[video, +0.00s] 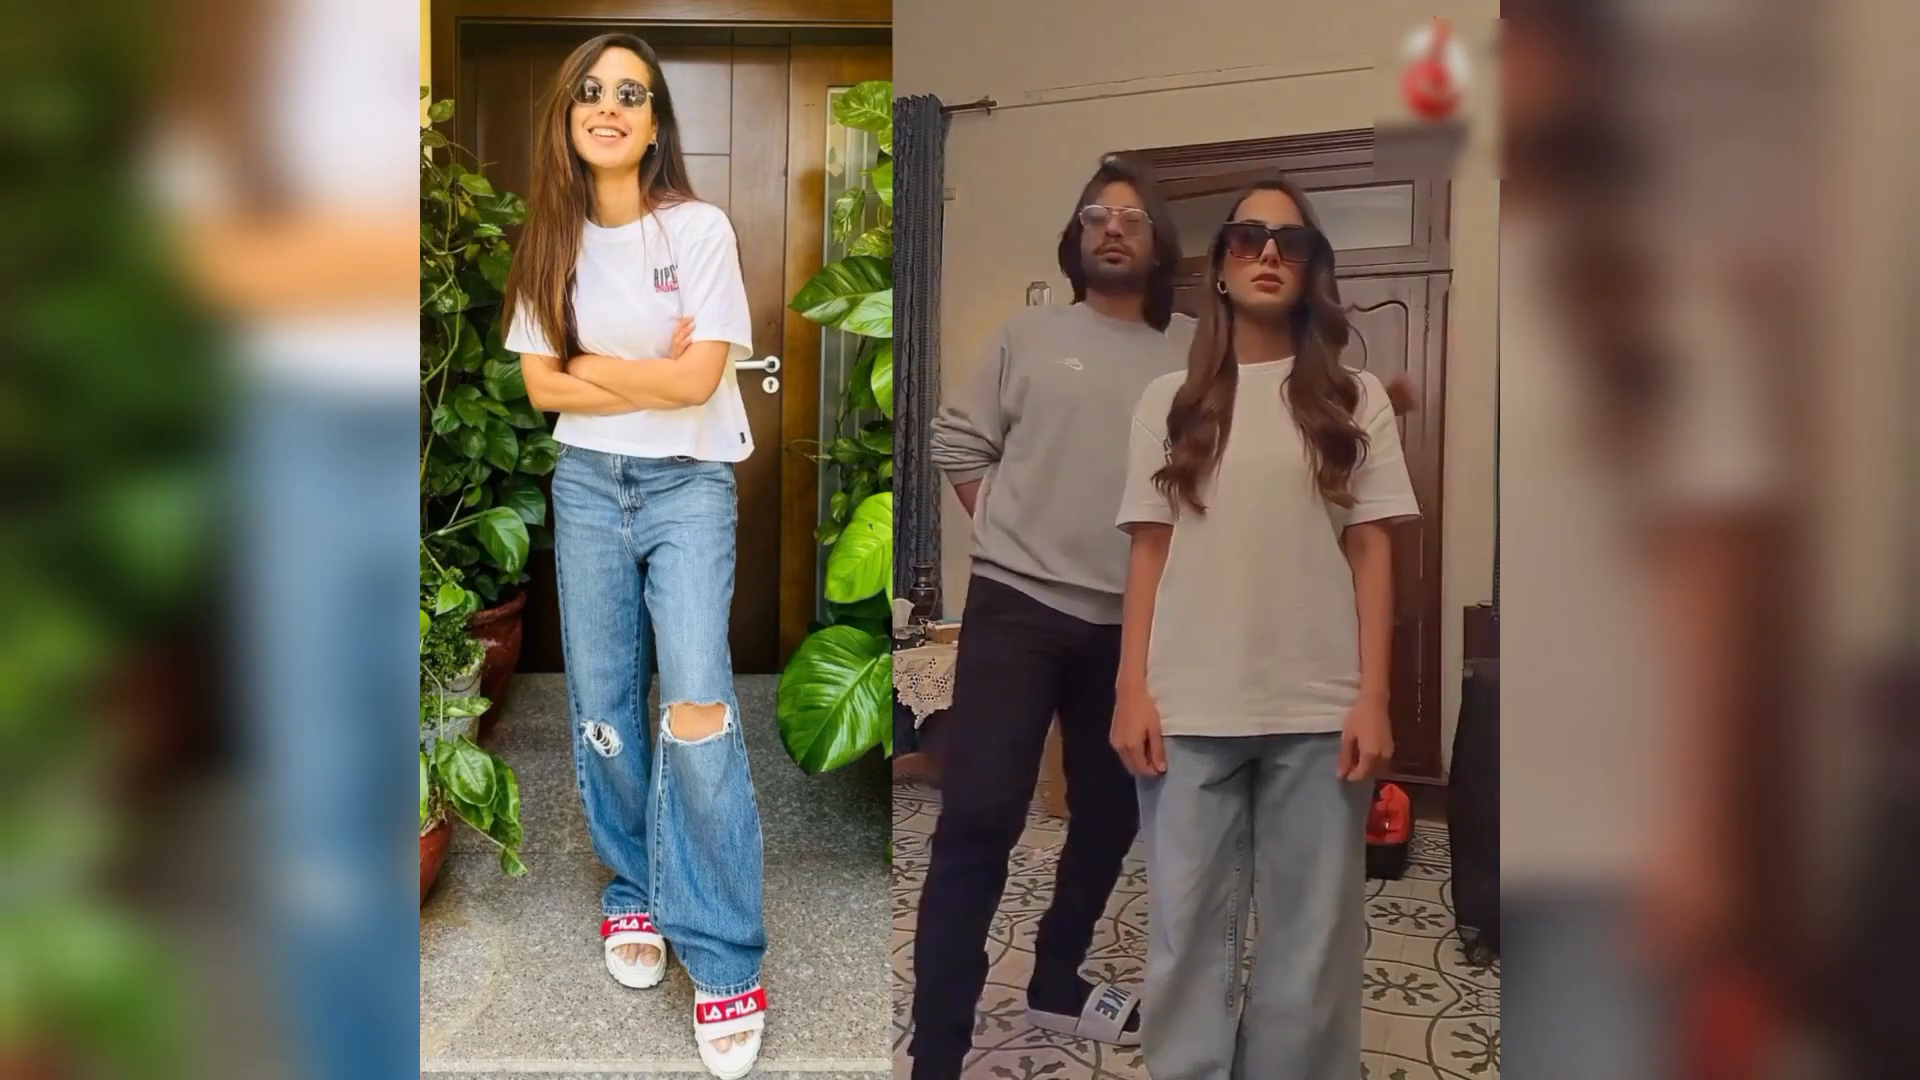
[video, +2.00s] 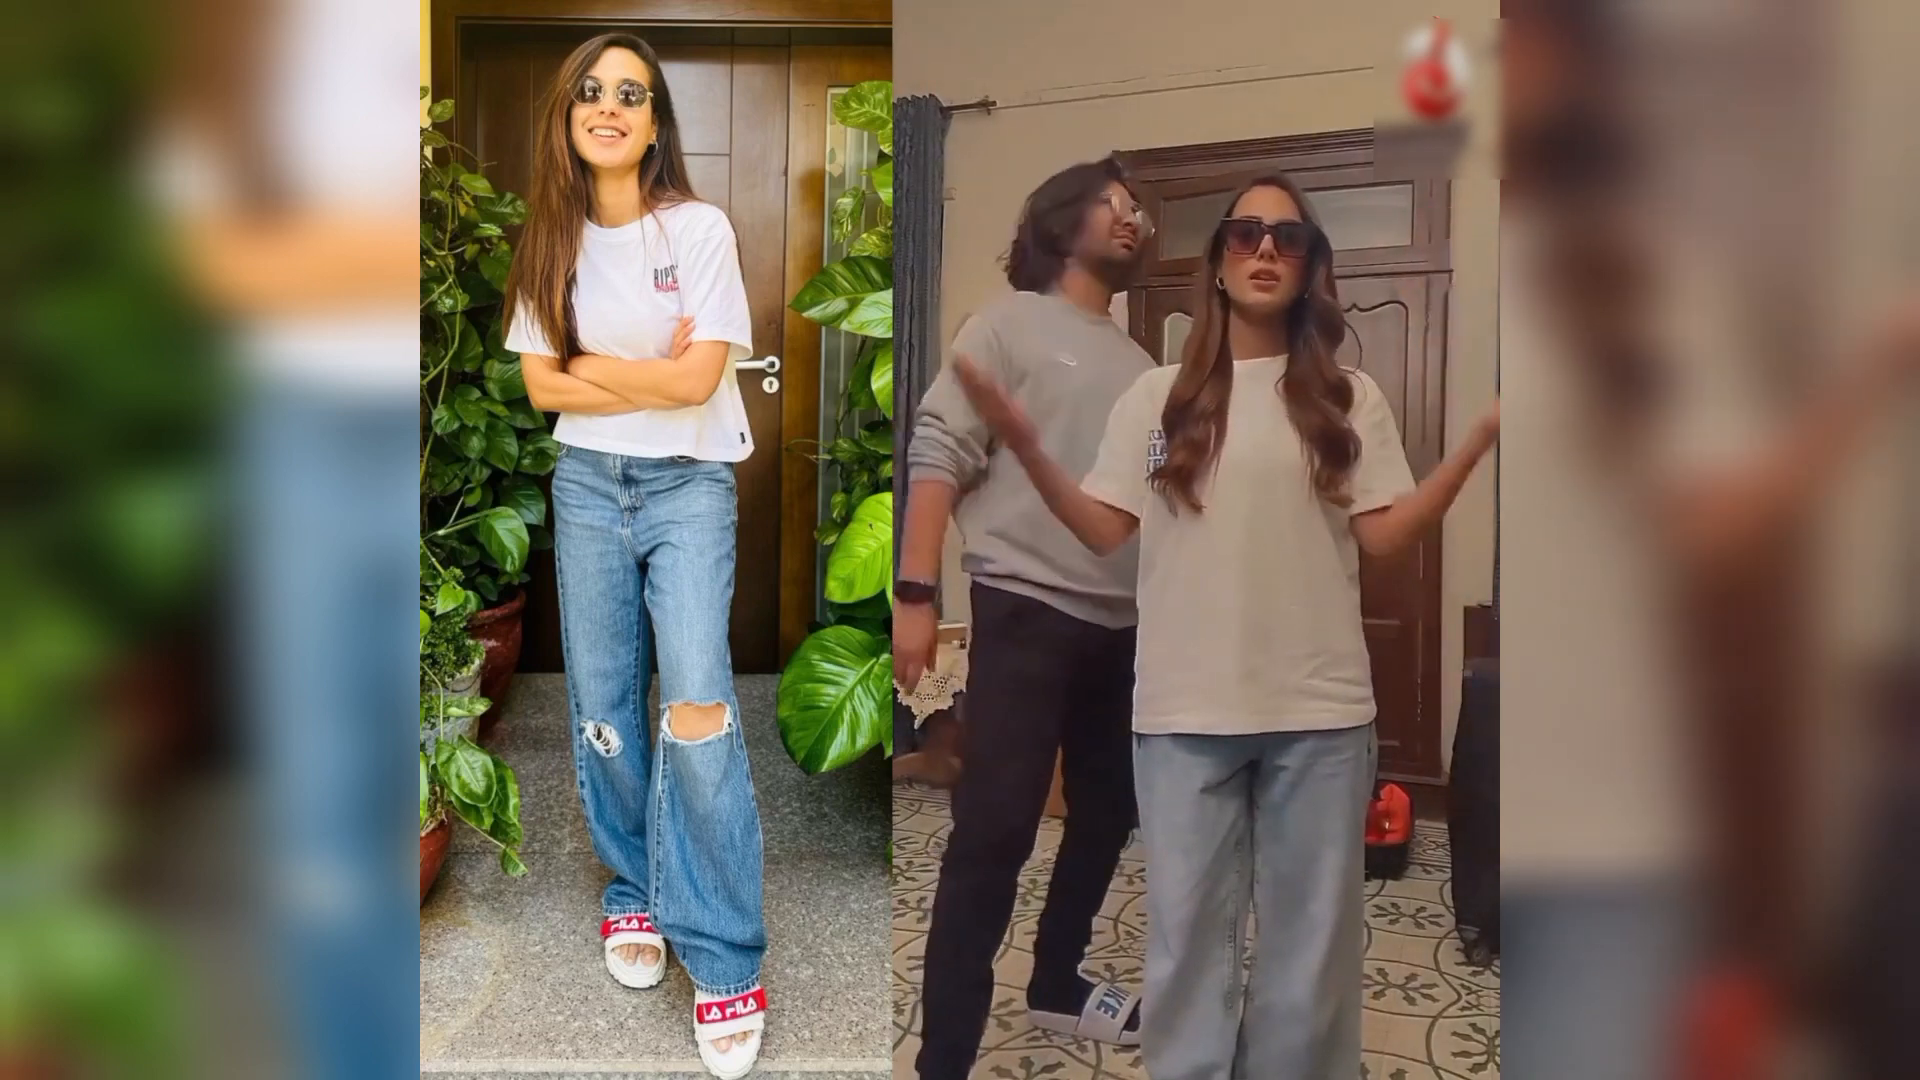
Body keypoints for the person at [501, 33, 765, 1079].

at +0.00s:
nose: (610, 111)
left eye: (629, 98)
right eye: (593, 95)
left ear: (656, 121)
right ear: (566, 117)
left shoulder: (699, 225)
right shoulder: (549, 240)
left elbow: (698, 378)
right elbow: (541, 385)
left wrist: (577, 362)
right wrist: (661, 379)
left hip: (689, 482)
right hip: (584, 484)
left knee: (694, 709)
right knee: (603, 708)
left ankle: (724, 957)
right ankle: (631, 891)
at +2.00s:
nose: (610, 111)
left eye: (629, 98)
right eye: (593, 95)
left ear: (656, 122)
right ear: (566, 117)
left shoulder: (699, 226)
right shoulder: (550, 239)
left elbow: (698, 378)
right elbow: (540, 385)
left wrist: (576, 362)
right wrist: (662, 378)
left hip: (689, 482)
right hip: (584, 484)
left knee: (695, 709)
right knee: (602, 708)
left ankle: (724, 955)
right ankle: (631, 890)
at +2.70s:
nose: (609, 111)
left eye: (629, 98)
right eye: (592, 95)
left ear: (656, 122)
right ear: (565, 117)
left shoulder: (699, 226)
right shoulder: (550, 239)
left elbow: (699, 378)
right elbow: (540, 385)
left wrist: (577, 363)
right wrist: (662, 377)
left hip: (689, 482)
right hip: (584, 484)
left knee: (694, 709)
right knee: (602, 707)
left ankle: (724, 957)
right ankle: (632, 891)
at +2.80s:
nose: (610, 111)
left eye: (629, 98)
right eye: (593, 96)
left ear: (656, 121)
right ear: (566, 117)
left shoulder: (699, 226)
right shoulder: (550, 239)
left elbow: (699, 378)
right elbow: (540, 385)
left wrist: (575, 361)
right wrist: (663, 377)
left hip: (689, 481)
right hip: (584, 483)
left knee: (694, 709)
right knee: (602, 707)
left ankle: (724, 957)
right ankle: (631, 891)